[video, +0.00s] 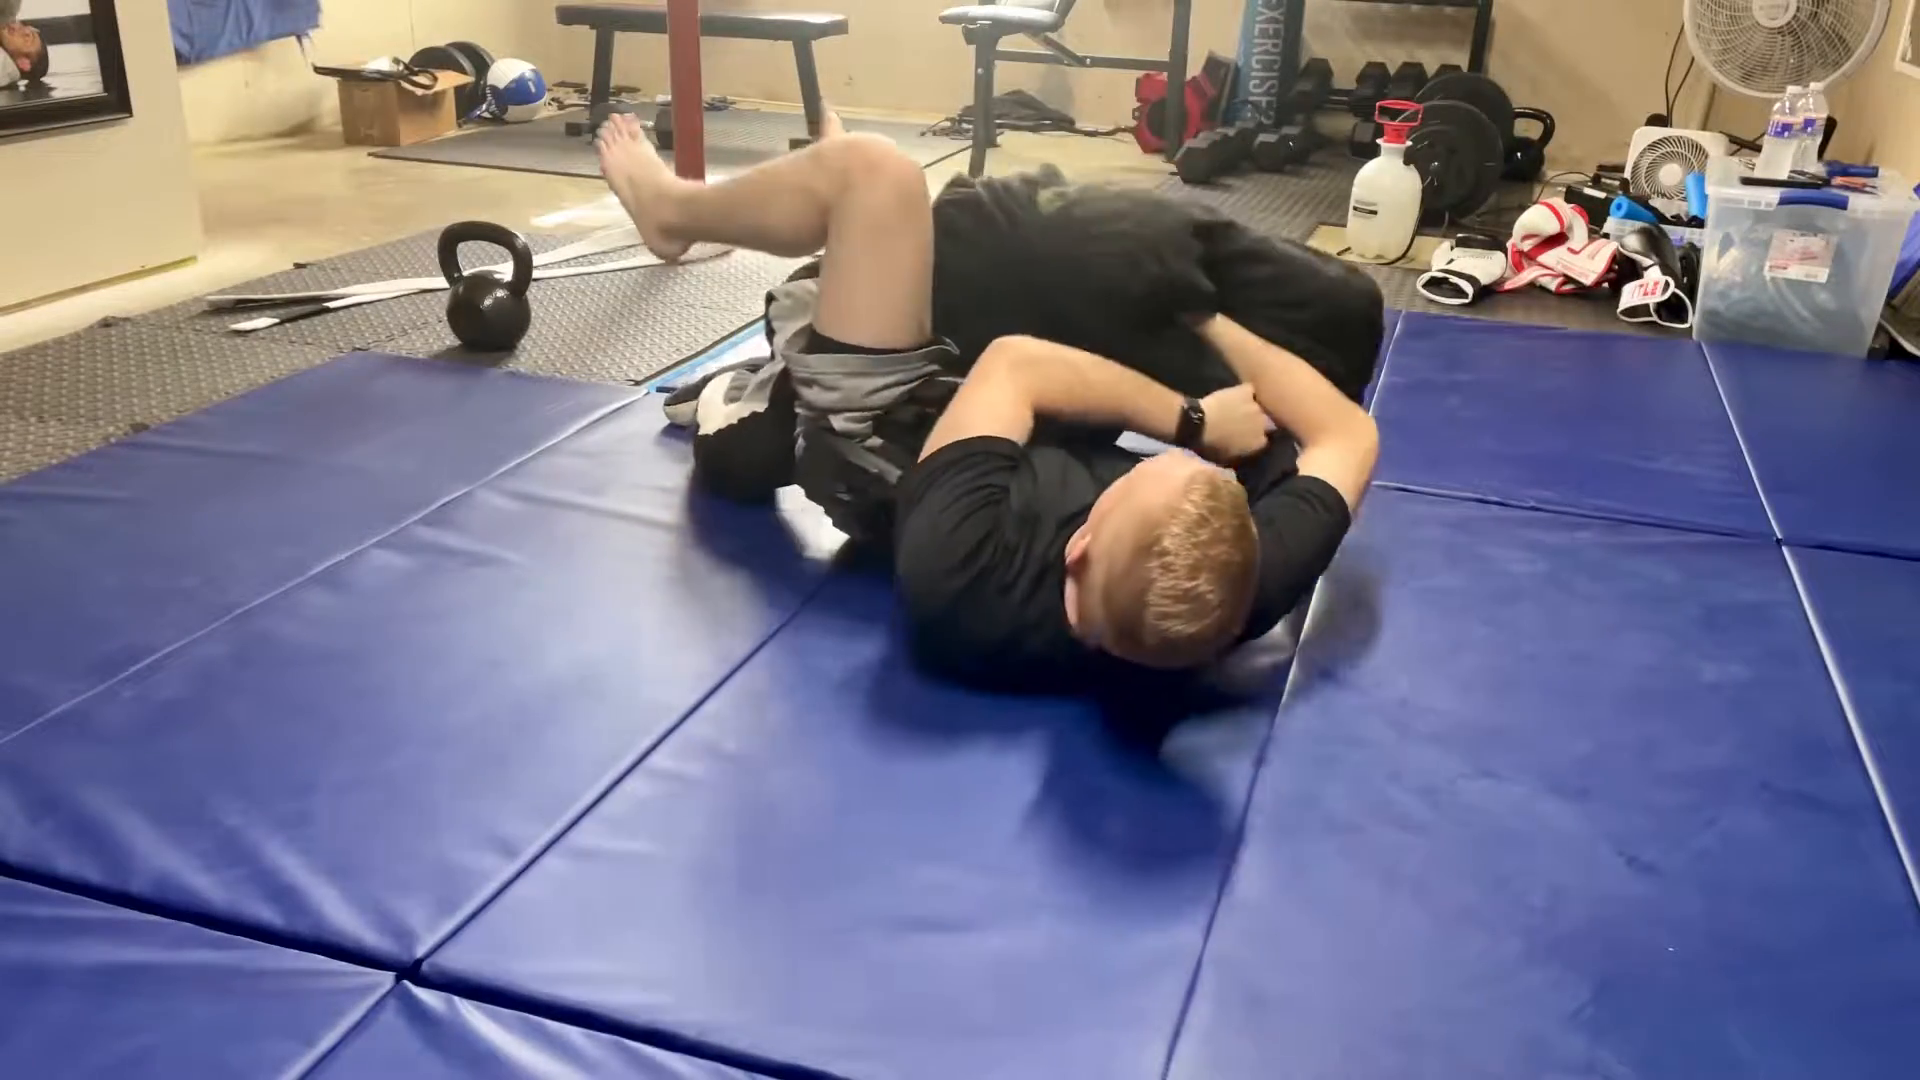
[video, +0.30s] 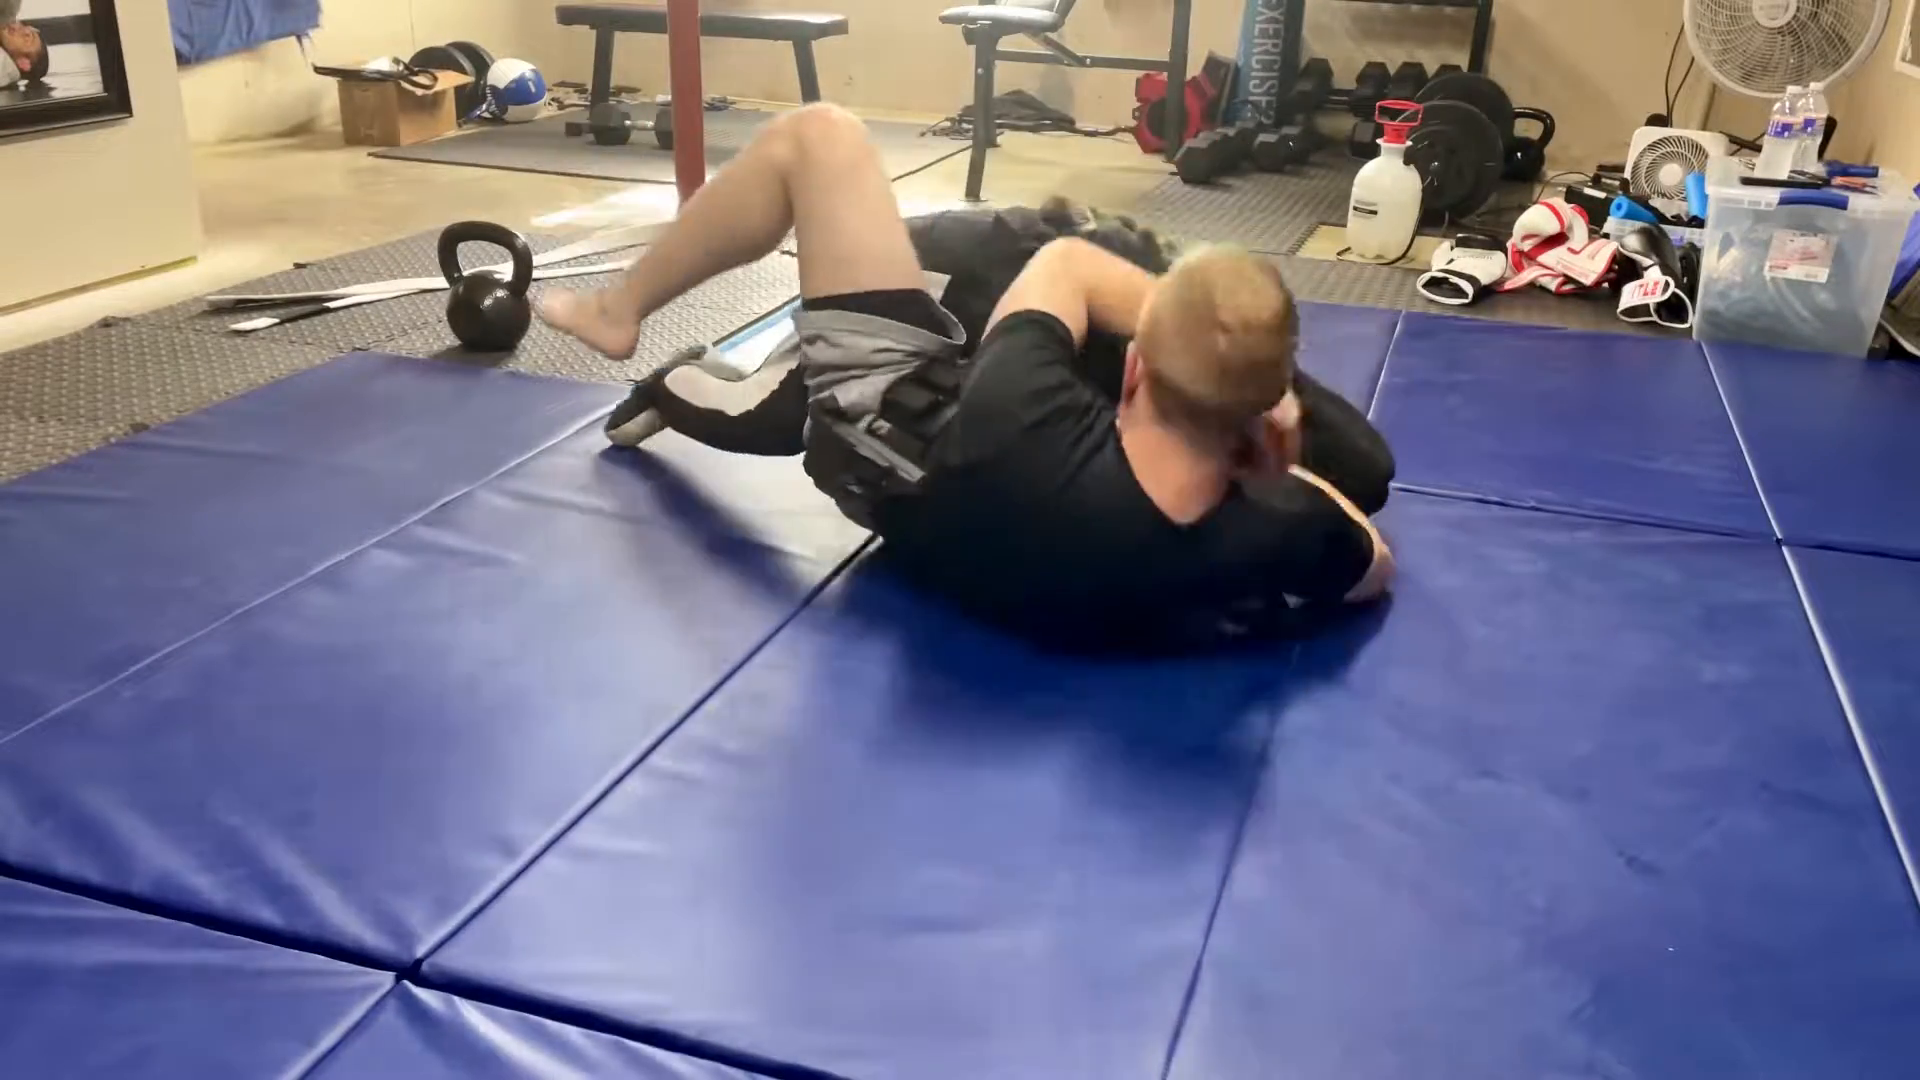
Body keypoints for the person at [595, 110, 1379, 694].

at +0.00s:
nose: (1151, 472)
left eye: (1145, 486)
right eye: (1175, 478)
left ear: (1081, 555)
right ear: (1238, 567)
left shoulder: (963, 585)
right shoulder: (1255, 574)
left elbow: (1015, 365)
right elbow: (1348, 436)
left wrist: (1196, 417)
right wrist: (1204, 316)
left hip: (887, 442)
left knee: (875, 170)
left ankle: (674, 212)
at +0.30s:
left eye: (1142, 318)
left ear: (1133, 366)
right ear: (1269, 415)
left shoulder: (1031, 428)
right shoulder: (1280, 534)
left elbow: (1067, 262)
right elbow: (1377, 570)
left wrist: (1192, 323)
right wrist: (1284, 450)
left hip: (892, 434)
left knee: (820, 133)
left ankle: (621, 306)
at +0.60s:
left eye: (1133, 144)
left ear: (1121, 159)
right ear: (1237, 208)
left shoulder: (1017, 226)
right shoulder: (1264, 377)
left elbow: (1014, 124)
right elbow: (1324, 565)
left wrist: (1124, 82)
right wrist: (1277, 474)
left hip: (880, 475)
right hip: (1037, 542)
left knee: (760, 153)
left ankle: (637, 401)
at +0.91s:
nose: (1149, 152)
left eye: (1150, 140)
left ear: (1154, 148)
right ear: (1270, 181)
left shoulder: (1053, 195)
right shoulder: (1289, 350)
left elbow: (944, 210)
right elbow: (1291, 567)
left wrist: (1044, 247)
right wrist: (1240, 470)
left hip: (902, 465)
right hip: (1042, 528)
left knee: (754, 165)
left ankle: (717, 443)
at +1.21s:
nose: (1160, 151)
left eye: (1163, 139)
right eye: (1167, 139)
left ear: (1174, 147)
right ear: (1284, 187)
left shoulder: (1070, 192)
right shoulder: (1296, 352)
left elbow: (950, 209)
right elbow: (1294, 566)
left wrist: (1053, 241)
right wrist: (1238, 481)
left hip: (917, 469)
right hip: (1063, 528)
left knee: (763, 170)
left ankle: (723, 442)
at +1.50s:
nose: (1167, 152)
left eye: (1172, 140)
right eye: (1178, 138)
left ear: (1182, 156)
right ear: (1293, 194)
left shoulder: (1057, 228)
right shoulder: (1308, 366)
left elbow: (961, 189)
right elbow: (1287, 568)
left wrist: (1003, 174)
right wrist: (1224, 461)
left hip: (912, 469)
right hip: (1049, 531)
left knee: (761, 159)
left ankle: (734, 444)